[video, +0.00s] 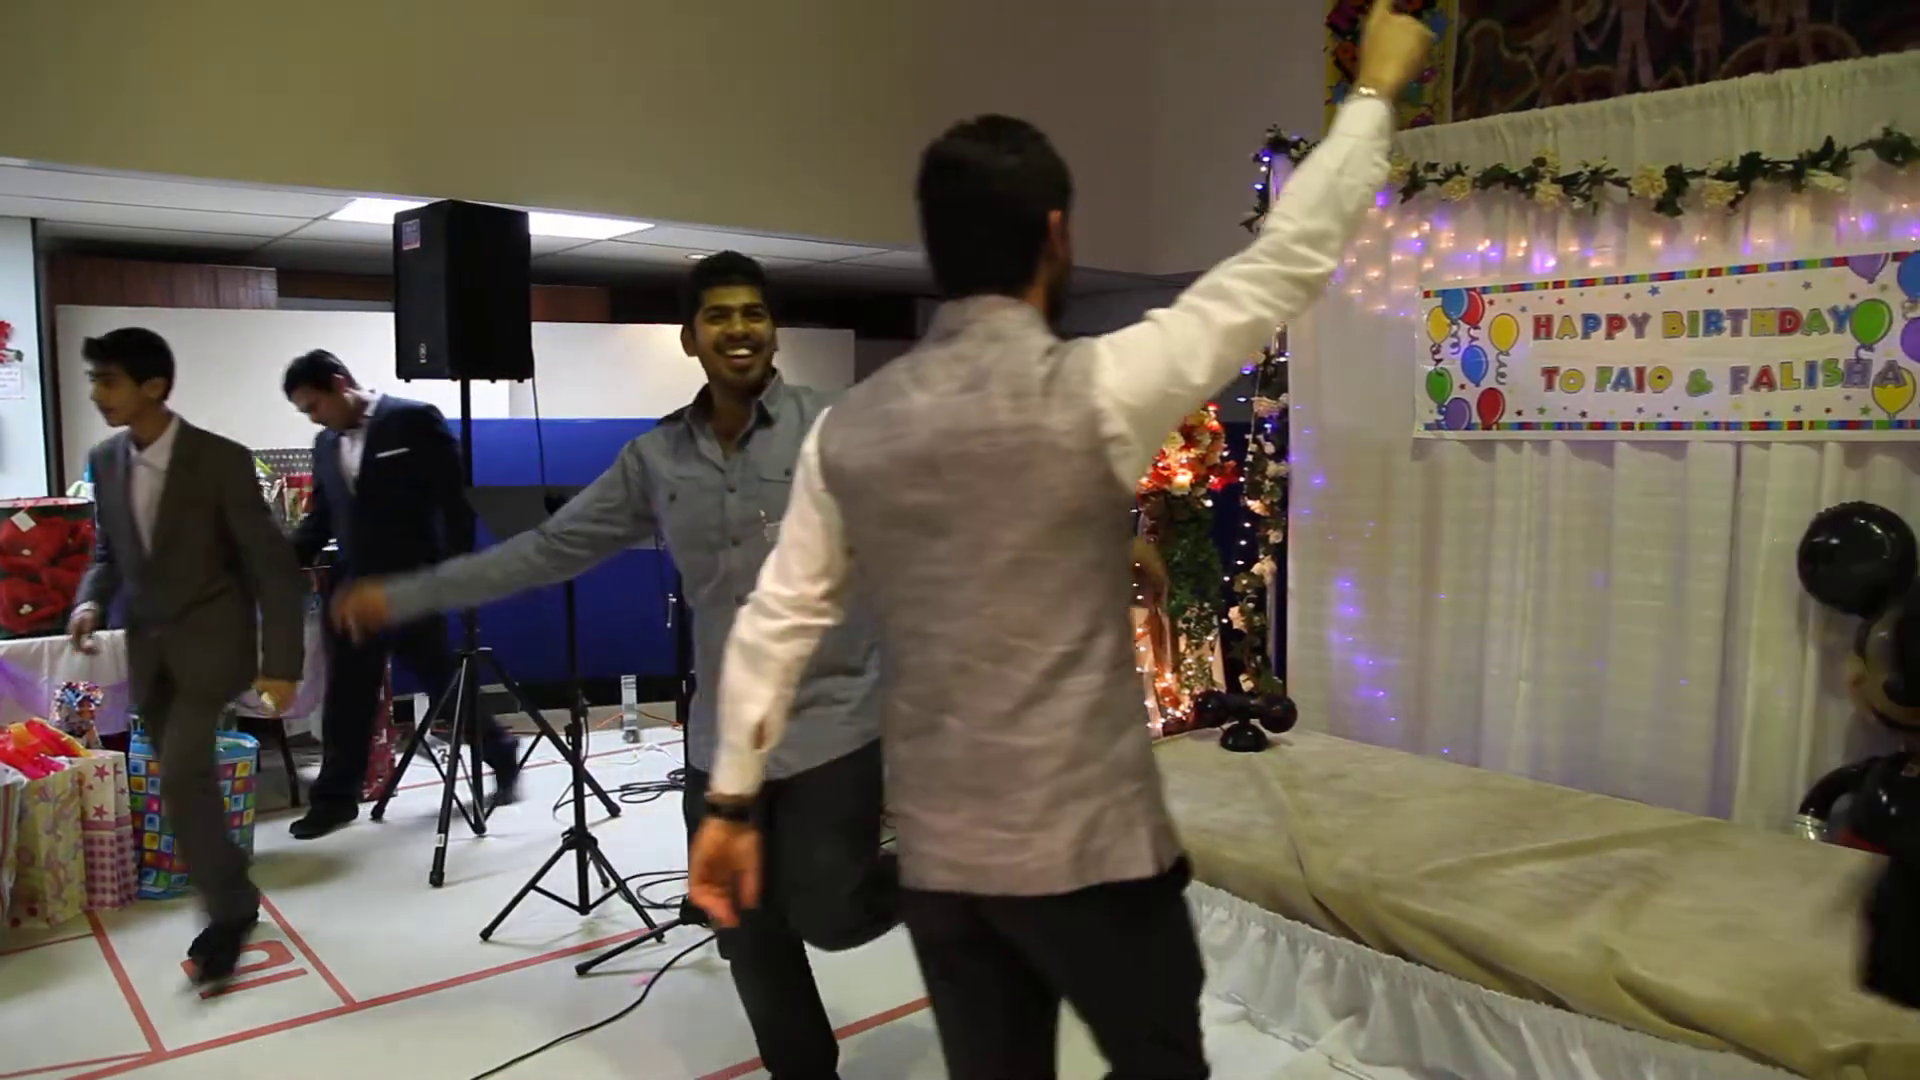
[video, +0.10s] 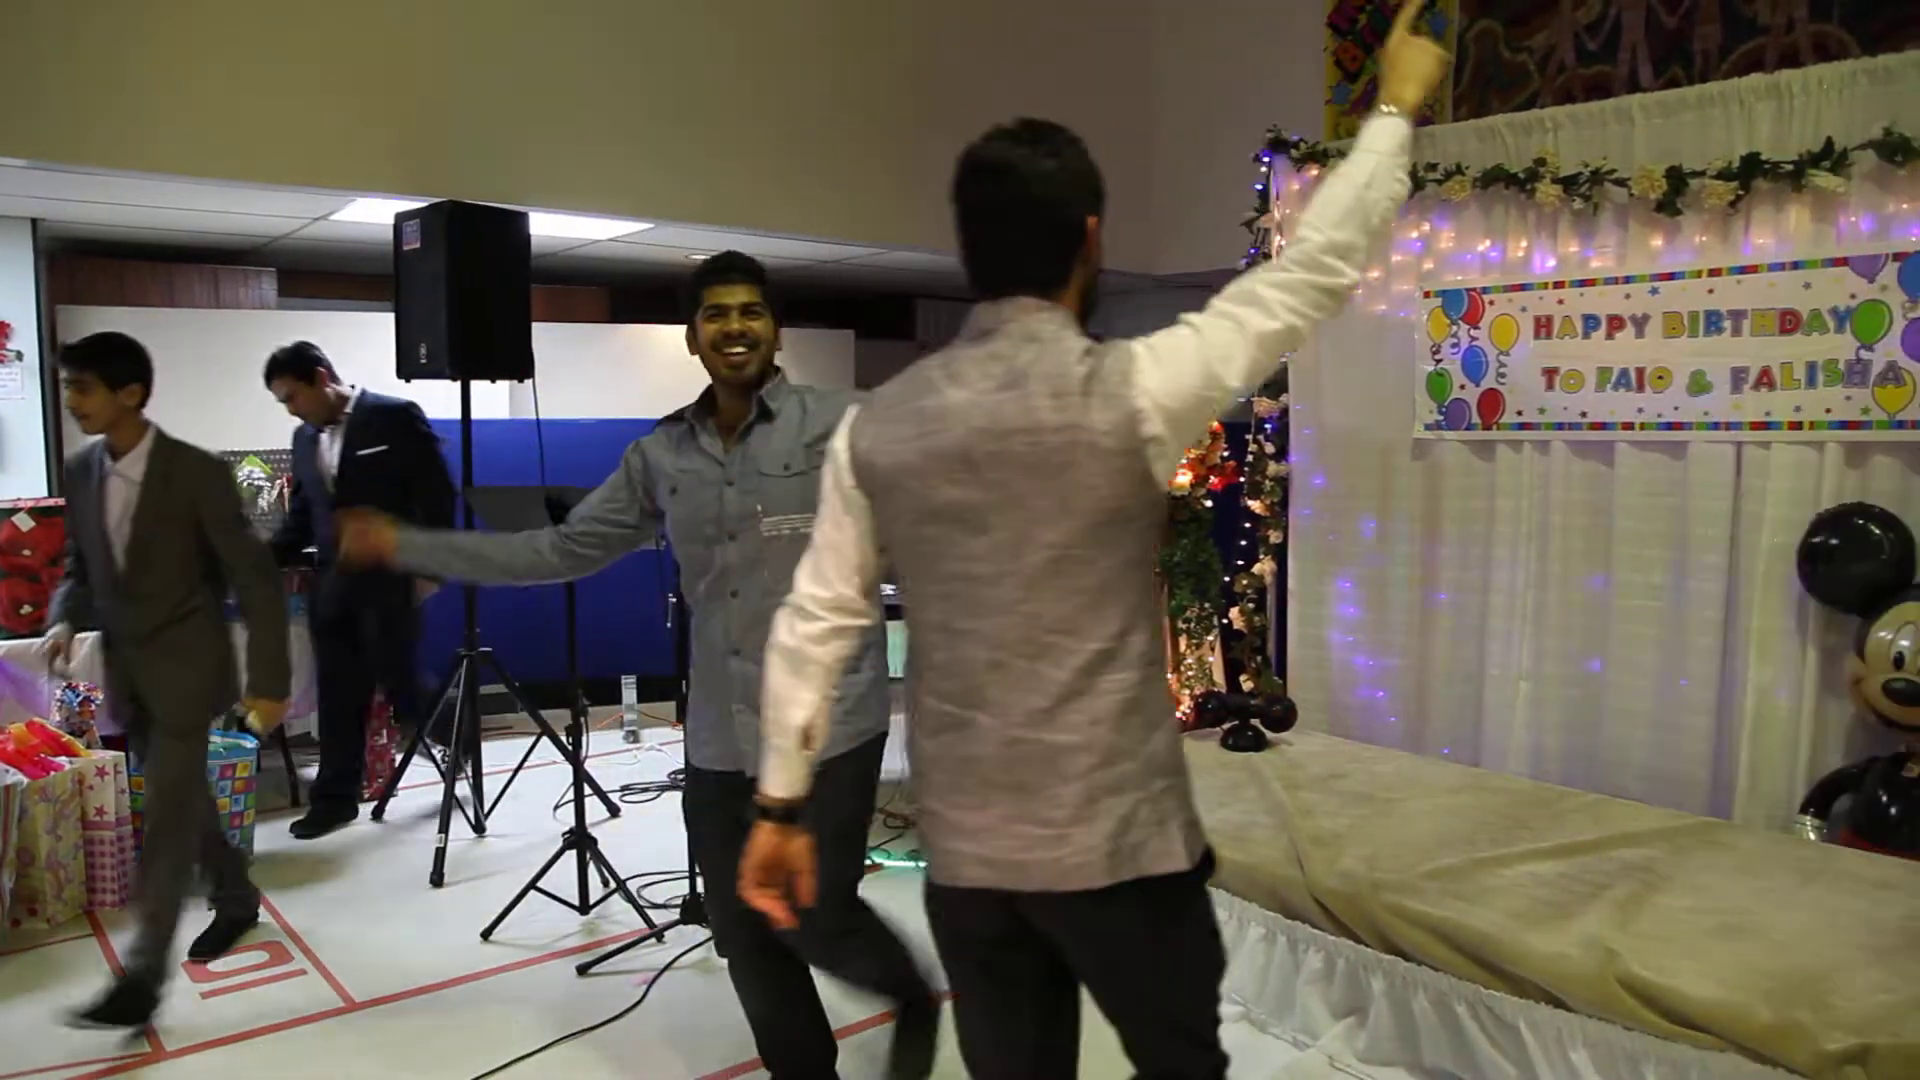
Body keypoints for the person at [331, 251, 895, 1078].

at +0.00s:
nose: (740, 331)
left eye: (755, 315)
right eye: (719, 317)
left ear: (776, 329)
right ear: (691, 337)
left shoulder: (832, 429)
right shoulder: (657, 458)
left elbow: (909, 555)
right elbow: (549, 548)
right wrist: (401, 596)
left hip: (838, 718)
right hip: (725, 736)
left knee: (832, 918)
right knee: (752, 937)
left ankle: (940, 863)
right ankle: (807, 1069)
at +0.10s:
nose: (734, 329)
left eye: (750, 313)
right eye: (716, 315)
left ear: (778, 329)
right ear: (693, 334)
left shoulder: (838, 424)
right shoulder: (663, 454)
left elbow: (926, 535)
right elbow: (561, 549)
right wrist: (401, 544)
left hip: (836, 721)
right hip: (723, 733)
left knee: (815, 916)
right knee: (744, 933)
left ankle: (915, 994)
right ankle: (808, 1073)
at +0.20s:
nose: (740, 336)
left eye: (757, 321)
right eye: (722, 322)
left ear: (784, 338)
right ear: (698, 340)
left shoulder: (843, 433)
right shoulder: (668, 454)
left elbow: (922, 547)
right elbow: (564, 537)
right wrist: (417, 494)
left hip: (823, 746)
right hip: (717, 752)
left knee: (813, 937)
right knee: (739, 946)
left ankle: (858, 1072)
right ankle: (795, 1068)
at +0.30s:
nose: (745, 346)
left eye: (762, 330)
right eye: (728, 330)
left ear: (787, 339)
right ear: (701, 340)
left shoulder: (839, 421)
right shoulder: (670, 448)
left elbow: (943, 479)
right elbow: (545, 485)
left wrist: (948, 424)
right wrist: (413, 429)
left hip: (824, 726)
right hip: (718, 737)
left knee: (800, 929)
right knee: (740, 941)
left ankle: (845, 1075)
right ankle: (793, 1071)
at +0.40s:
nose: (745, 356)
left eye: (762, 337)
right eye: (725, 339)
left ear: (788, 332)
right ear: (700, 339)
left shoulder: (836, 404)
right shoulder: (675, 424)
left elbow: (925, 416)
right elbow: (550, 423)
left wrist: (929, 360)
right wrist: (408, 358)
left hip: (829, 713)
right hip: (727, 717)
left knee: (797, 916)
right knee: (744, 917)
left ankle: (834, 1072)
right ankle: (791, 1067)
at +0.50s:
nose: (749, 368)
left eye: (767, 348)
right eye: (729, 350)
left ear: (793, 336)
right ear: (701, 343)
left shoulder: (841, 410)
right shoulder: (684, 416)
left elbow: (902, 384)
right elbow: (565, 389)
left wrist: (926, 322)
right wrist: (432, 323)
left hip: (827, 726)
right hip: (723, 724)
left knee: (810, 932)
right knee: (738, 924)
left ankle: (835, 1073)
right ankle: (790, 1070)